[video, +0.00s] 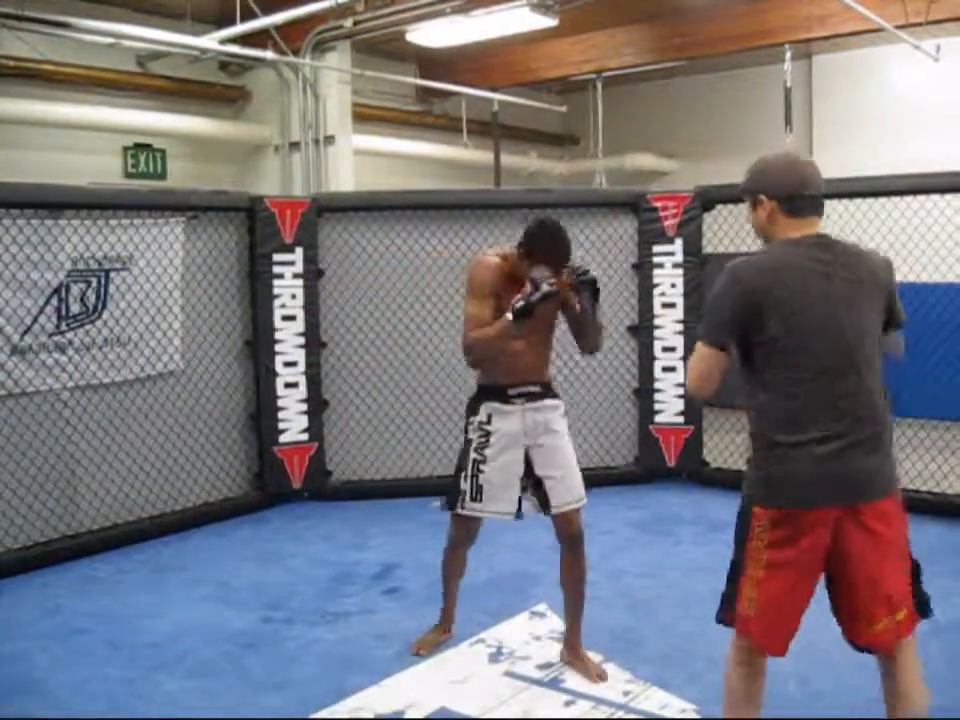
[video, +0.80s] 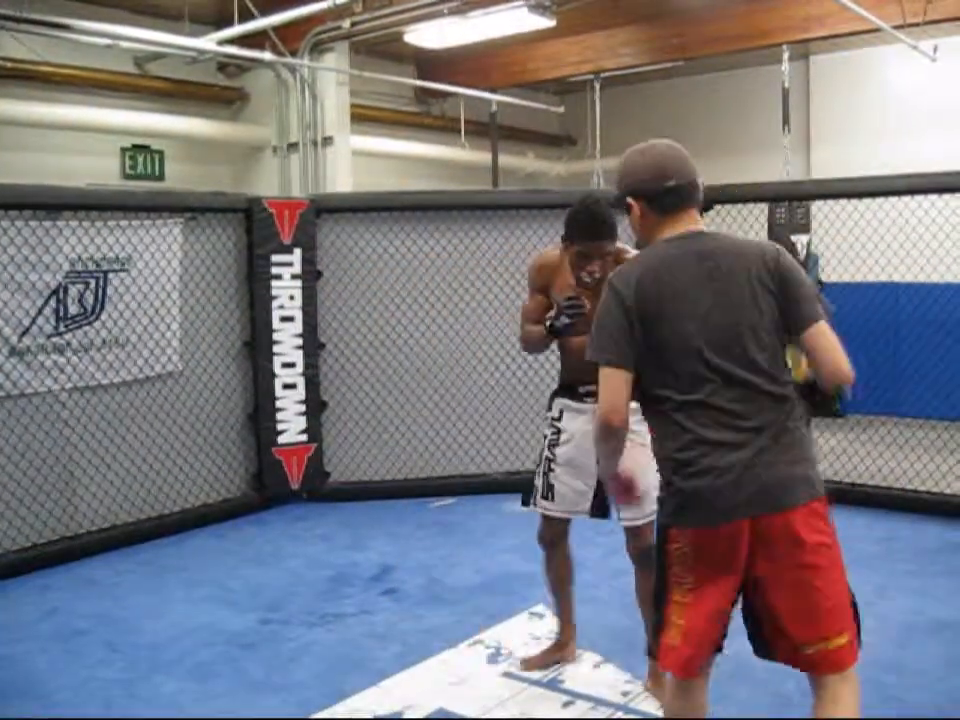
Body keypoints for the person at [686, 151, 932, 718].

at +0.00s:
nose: (749, 217)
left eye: (749, 206)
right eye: (749, 206)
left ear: (765, 206)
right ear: (816, 202)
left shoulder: (744, 277)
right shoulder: (872, 268)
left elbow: (701, 382)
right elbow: (886, 347)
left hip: (784, 487)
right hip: (873, 483)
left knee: (749, 653)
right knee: (898, 649)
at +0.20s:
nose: (770, 232)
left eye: (771, 221)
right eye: (768, 221)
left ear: (790, 224)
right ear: (841, 218)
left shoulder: (772, 294)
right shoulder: (889, 285)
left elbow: (707, 398)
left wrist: (728, 399)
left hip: (789, 514)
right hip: (876, 512)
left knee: (727, 646)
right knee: (903, 675)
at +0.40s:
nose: (707, 237)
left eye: (708, 226)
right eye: (707, 225)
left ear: (723, 229)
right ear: (781, 221)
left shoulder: (723, 298)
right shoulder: (835, 287)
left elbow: (713, 423)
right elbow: (844, 272)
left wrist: (668, 456)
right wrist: (824, 218)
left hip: (772, 513)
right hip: (856, 504)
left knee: (718, 665)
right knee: (892, 677)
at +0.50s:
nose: (667, 222)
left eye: (668, 213)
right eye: (667, 212)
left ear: (682, 218)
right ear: (735, 206)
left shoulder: (691, 284)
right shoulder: (798, 263)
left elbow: (693, 403)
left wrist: (660, 424)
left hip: (756, 498)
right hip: (841, 485)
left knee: (707, 660)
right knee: (886, 665)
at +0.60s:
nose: (644, 229)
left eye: (644, 218)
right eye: (643, 217)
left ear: (657, 219)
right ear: (713, 205)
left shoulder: (660, 281)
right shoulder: (780, 258)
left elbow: (638, 404)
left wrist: (627, 404)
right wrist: (746, 218)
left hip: (736, 491)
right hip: (822, 478)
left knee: (700, 665)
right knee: (871, 666)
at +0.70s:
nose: (626, 226)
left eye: (626, 216)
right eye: (626, 215)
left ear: (637, 217)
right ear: (693, 201)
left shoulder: (635, 288)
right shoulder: (772, 259)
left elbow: (617, 411)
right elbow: (853, 338)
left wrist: (638, 413)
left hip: (718, 496)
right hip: (807, 483)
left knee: (692, 675)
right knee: (851, 668)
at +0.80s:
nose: (627, 217)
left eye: (626, 207)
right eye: (627, 206)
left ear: (636, 208)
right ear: (699, 197)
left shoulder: (627, 285)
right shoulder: (767, 258)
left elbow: (612, 414)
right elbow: (836, 371)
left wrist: (610, 468)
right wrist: (808, 388)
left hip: (698, 501)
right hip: (790, 491)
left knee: (685, 674)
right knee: (836, 671)